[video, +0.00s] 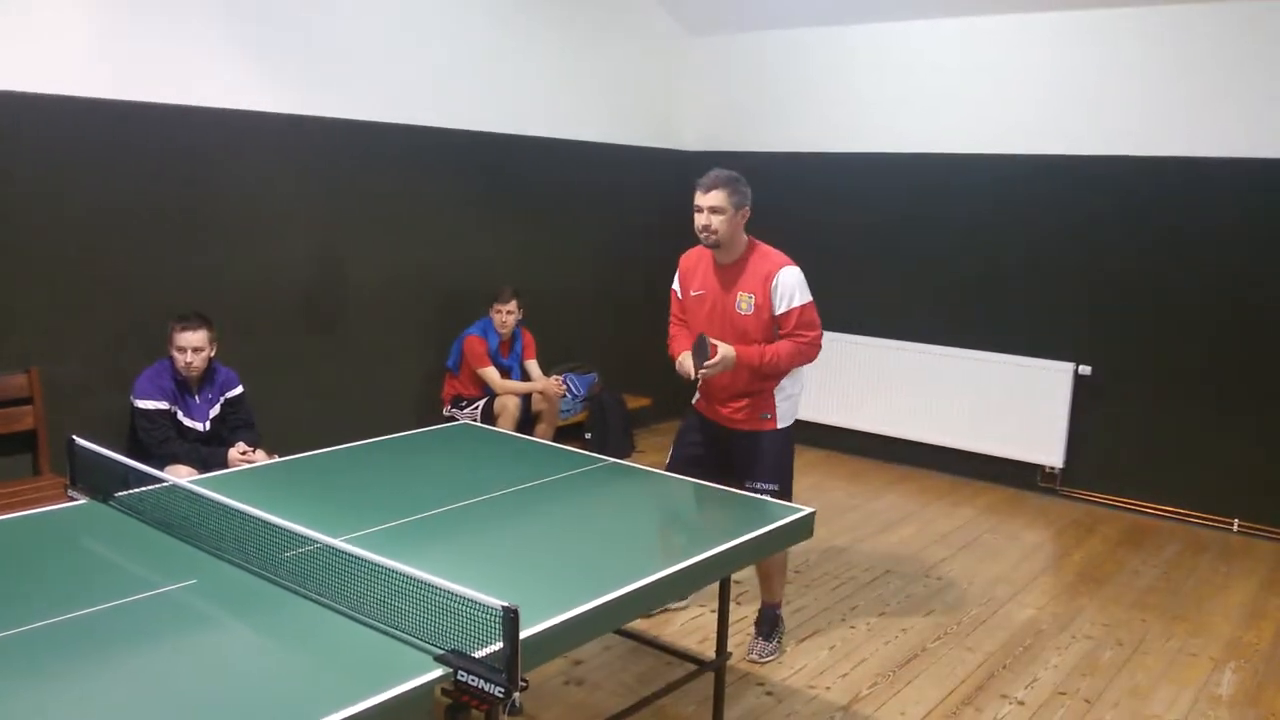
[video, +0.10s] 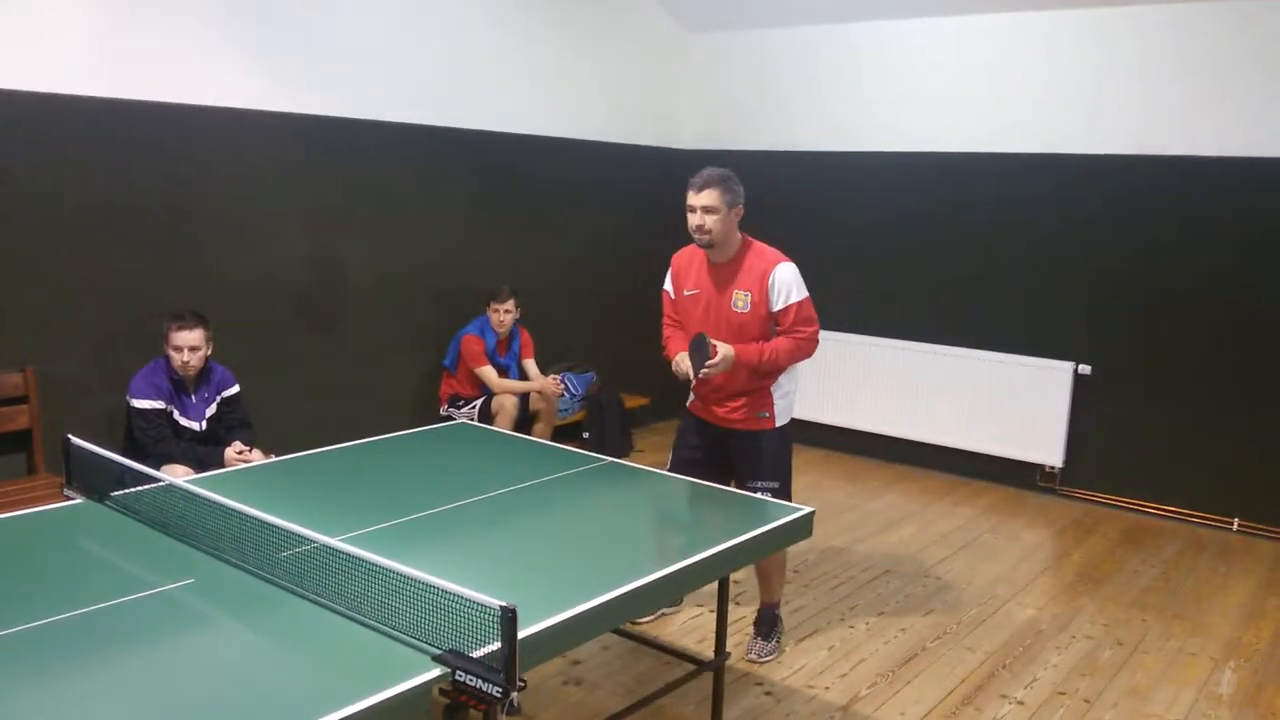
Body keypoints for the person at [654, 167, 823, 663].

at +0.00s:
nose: (704, 221)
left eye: (715, 212)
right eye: (698, 211)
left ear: (744, 215)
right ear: (694, 213)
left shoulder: (779, 273)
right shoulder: (691, 263)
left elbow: (807, 343)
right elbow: (678, 326)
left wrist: (739, 356)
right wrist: (684, 354)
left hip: (762, 423)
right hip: (704, 414)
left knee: (767, 523)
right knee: (674, 500)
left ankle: (769, 618)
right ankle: (674, 580)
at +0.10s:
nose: (698, 221)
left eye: (709, 211)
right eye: (692, 211)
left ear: (737, 214)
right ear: (686, 214)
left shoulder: (775, 270)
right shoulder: (682, 264)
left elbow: (804, 339)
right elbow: (671, 327)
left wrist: (739, 354)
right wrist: (678, 354)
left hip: (760, 424)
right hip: (702, 416)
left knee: (766, 524)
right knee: (676, 505)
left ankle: (769, 615)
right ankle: (668, 587)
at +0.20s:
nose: (689, 221)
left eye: (700, 212)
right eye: (683, 211)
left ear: (729, 214)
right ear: (679, 213)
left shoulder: (769, 268)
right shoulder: (673, 265)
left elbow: (799, 336)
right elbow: (661, 329)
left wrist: (737, 355)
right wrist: (674, 358)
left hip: (755, 419)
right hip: (694, 413)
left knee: (764, 521)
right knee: (671, 504)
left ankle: (769, 616)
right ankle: (666, 587)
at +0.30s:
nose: (683, 226)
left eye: (694, 217)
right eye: (677, 217)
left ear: (723, 218)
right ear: (673, 218)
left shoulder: (764, 270)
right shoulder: (663, 270)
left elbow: (794, 335)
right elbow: (651, 334)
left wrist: (738, 361)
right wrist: (667, 365)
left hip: (750, 423)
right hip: (687, 419)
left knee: (760, 521)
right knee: (667, 508)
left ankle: (771, 618)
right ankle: (665, 588)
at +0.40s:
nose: (683, 237)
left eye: (694, 227)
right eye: (676, 226)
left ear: (722, 226)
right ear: (670, 226)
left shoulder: (761, 275)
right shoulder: (658, 277)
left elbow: (792, 340)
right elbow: (639, 344)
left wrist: (742, 368)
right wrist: (664, 378)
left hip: (748, 422)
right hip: (683, 420)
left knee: (759, 521)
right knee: (663, 509)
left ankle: (769, 625)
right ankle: (665, 587)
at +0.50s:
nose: (695, 252)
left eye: (706, 241)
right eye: (687, 240)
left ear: (730, 238)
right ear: (678, 237)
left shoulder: (766, 282)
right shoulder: (662, 288)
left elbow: (795, 342)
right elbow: (636, 358)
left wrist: (767, 369)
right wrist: (666, 396)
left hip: (747, 423)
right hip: (683, 423)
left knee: (760, 523)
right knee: (662, 513)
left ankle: (766, 634)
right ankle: (667, 587)